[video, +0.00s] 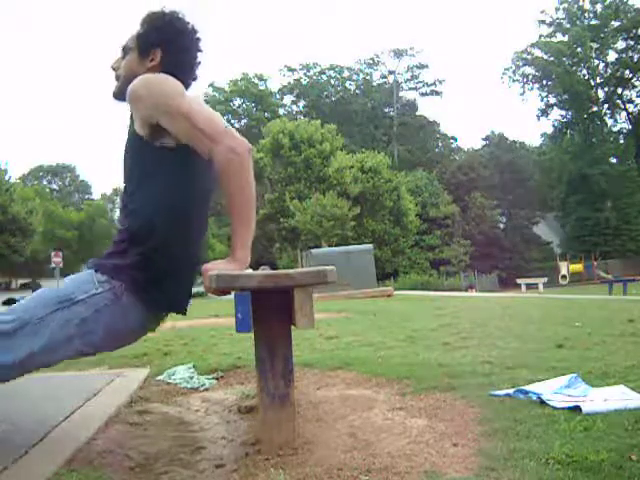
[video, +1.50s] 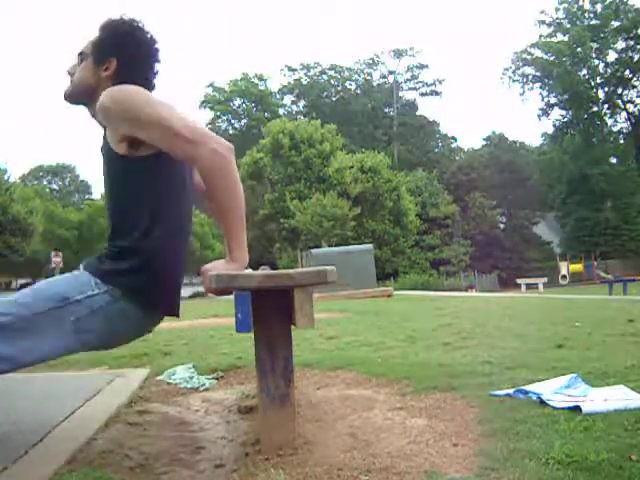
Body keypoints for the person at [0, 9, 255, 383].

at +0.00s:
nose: (115, 64)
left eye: (125, 53)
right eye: (120, 53)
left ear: (152, 59)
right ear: (154, 61)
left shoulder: (150, 88)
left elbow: (234, 151)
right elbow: (238, 153)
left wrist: (239, 257)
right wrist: (241, 256)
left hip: (124, 289)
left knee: (5, 345)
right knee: (7, 346)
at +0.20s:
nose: (89, 108)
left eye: (98, 98)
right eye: (94, 98)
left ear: (124, 105)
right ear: (126, 106)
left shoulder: (127, 133)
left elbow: (231, 152)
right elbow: (227, 185)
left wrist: (240, 258)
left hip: (139, 328)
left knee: (4, 359)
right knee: (8, 352)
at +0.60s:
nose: (88, 58)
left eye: (99, 50)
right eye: (95, 49)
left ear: (120, 63)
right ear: (122, 64)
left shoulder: (125, 94)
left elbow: (219, 152)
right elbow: (222, 154)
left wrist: (239, 256)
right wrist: (238, 251)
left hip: (116, 287)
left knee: (3, 329)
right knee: (5, 336)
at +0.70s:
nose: (93, 20)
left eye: (104, 10)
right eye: (99, 10)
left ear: (127, 20)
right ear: (128, 22)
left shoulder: (132, 61)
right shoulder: (164, 75)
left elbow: (189, 146)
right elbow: (199, 161)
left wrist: (233, 250)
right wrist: (232, 251)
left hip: (100, 247)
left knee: (2, 315)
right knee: (4, 320)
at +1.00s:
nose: (78, 40)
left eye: (88, 31)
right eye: (84, 31)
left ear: (113, 39)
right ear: (112, 41)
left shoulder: (124, 80)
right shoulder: (136, 87)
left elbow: (209, 150)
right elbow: (200, 177)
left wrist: (233, 256)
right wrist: (234, 253)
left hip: (107, 267)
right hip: (111, 268)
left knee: (3, 326)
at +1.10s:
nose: (66, 84)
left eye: (77, 72)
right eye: (72, 72)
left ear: (102, 81)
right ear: (102, 81)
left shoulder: (113, 115)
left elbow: (219, 154)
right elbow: (206, 189)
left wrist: (238, 256)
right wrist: (234, 253)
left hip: (126, 303)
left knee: (5, 337)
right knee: (8, 334)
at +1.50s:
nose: (70, 70)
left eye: (81, 59)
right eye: (76, 59)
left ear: (107, 68)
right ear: (107, 69)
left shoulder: (117, 100)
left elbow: (217, 153)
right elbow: (206, 192)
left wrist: (238, 257)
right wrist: (238, 253)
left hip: (120, 290)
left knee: (2, 328)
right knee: (4, 324)